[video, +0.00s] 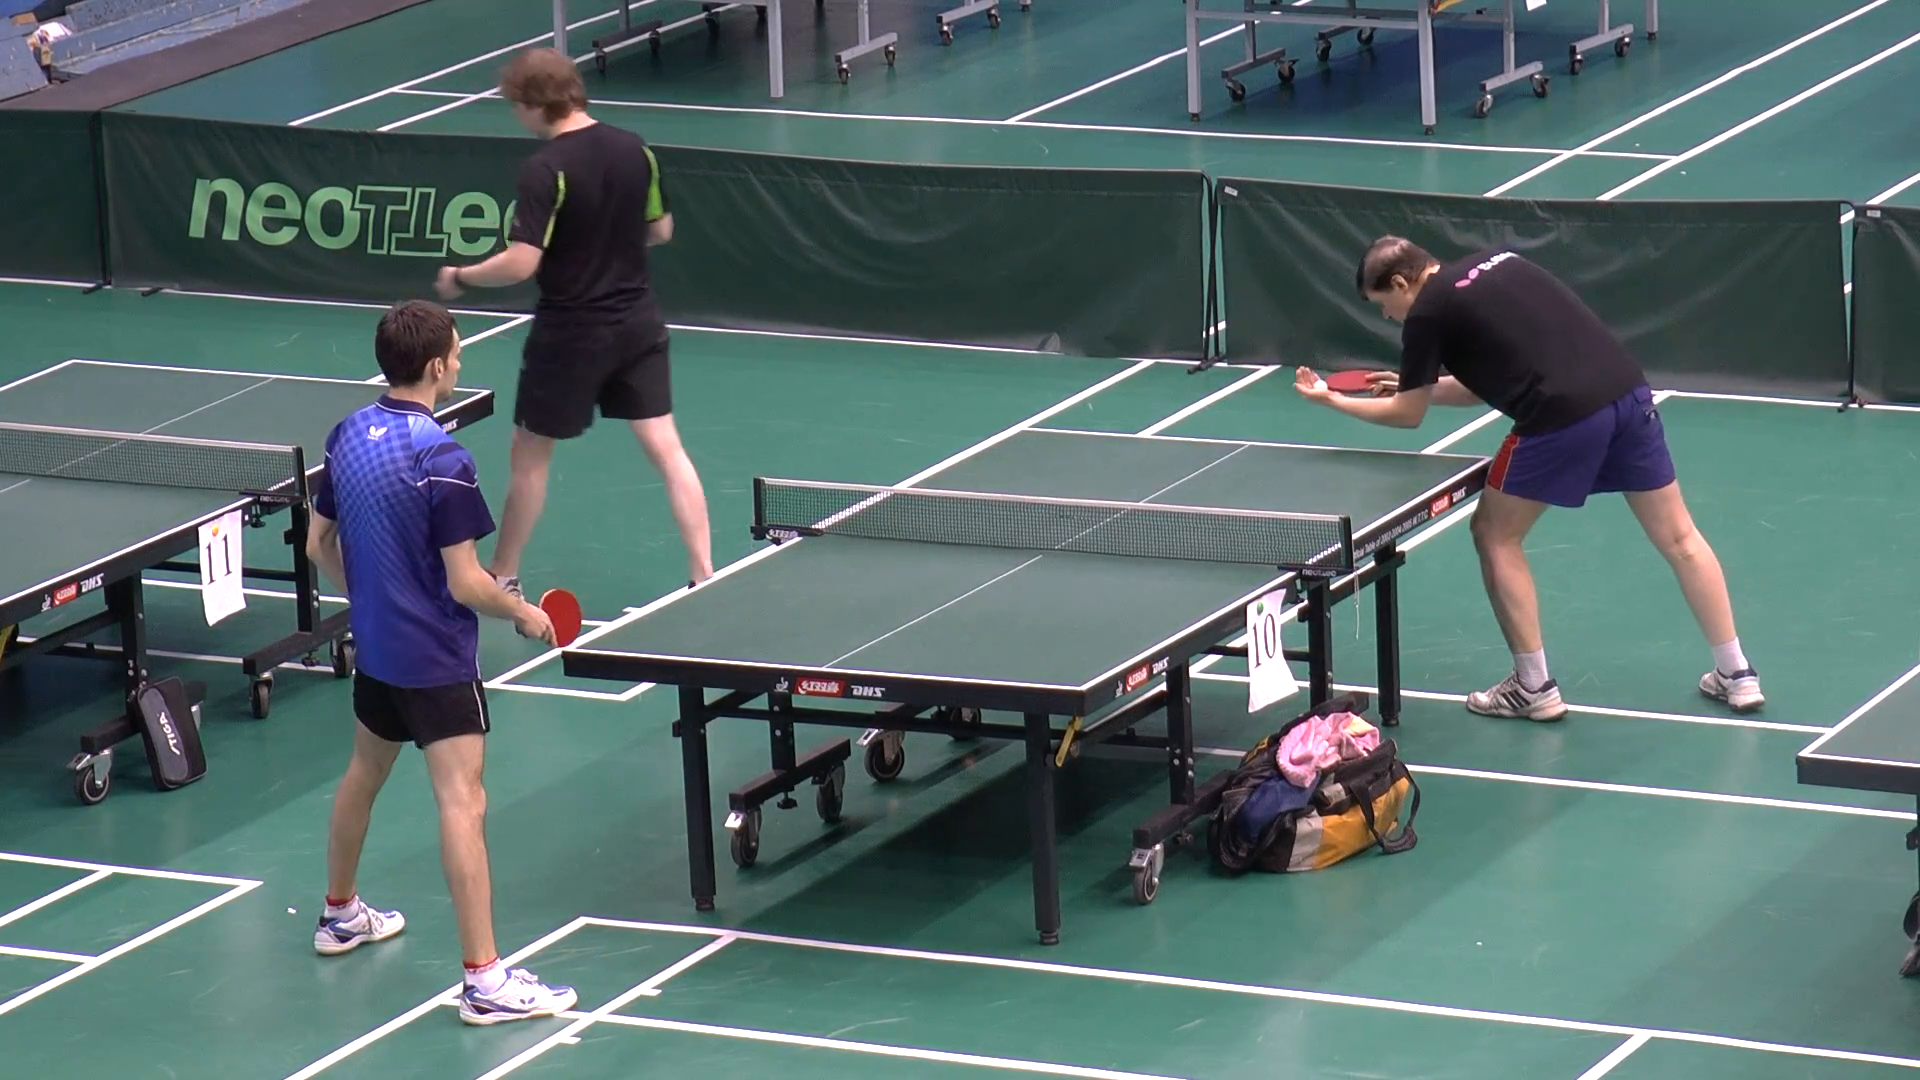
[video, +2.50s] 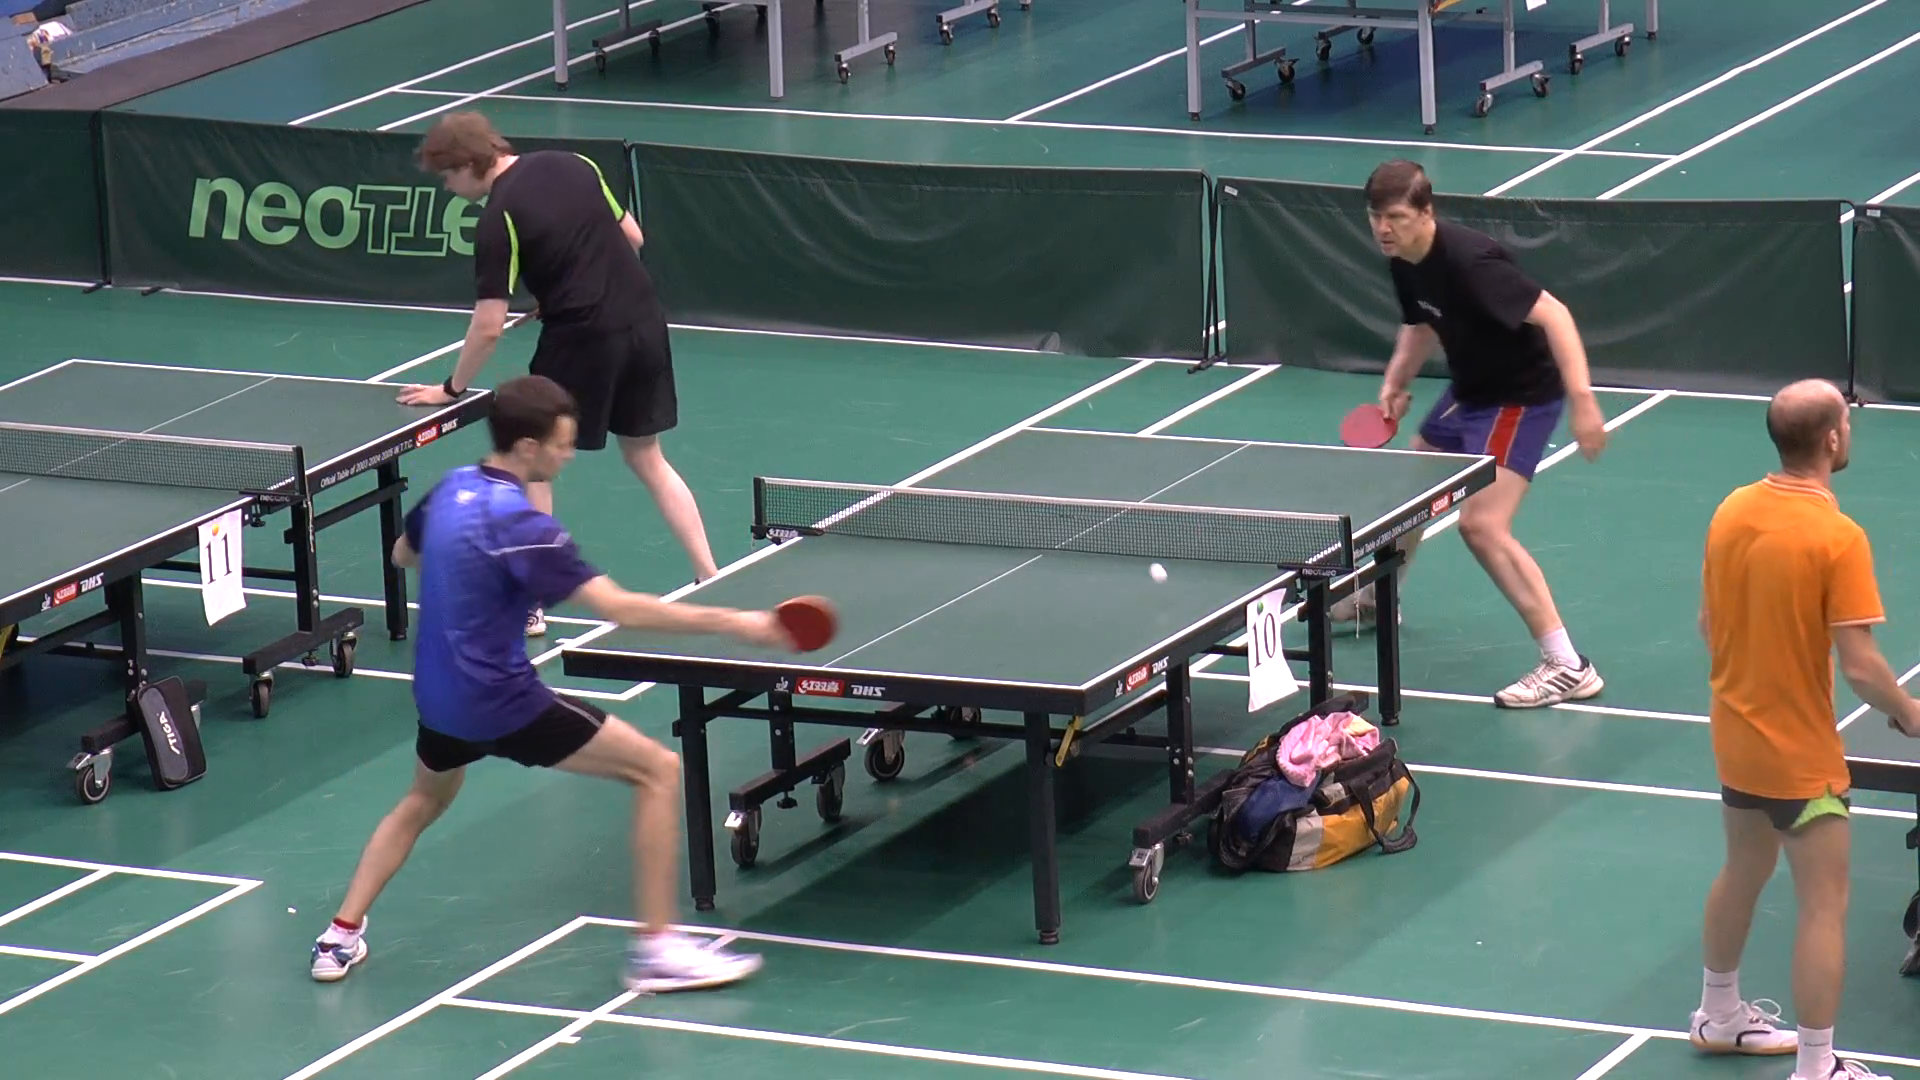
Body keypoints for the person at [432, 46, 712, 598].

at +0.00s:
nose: (517, 115)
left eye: (516, 105)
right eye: (514, 105)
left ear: (534, 104)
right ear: (572, 92)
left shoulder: (546, 167)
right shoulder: (634, 148)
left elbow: (522, 261)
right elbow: (660, 228)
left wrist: (460, 275)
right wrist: (603, 234)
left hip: (569, 336)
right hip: (639, 326)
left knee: (530, 460)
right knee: (668, 449)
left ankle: (502, 575)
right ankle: (705, 576)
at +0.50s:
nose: (592, 112)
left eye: (590, 103)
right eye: (590, 103)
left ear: (601, 100)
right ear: (644, 84)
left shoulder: (613, 157)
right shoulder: (704, 142)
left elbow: (586, 255)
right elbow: (738, 230)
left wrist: (552, 256)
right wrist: (722, 298)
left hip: (645, 331)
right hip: (705, 322)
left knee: (661, 468)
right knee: (702, 455)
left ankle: (697, 593)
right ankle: (714, 582)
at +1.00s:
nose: (581, 138)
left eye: (579, 127)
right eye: (576, 129)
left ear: (595, 121)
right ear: (633, 104)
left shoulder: (606, 186)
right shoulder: (700, 146)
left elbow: (580, 286)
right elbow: (763, 219)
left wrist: (547, 315)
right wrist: (741, 276)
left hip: (677, 333)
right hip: (740, 322)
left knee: (693, 478)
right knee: (729, 464)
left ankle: (704, 603)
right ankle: (722, 589)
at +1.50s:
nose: (598, 122)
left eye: (599, 111)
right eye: (595, 112)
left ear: (619, 106)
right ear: (654, 93)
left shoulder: (623, 167)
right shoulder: (713, 147)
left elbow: (624, 258)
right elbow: (763, 229)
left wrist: (626, 304)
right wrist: (717, 268)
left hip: (667, 339)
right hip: (724, 329)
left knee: (683, 476)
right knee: (710, 459)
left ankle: (704, 599)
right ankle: (740, 579)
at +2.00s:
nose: (587, 127)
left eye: (587, 116)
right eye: (584, 117)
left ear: (606, 111)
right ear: (641, 99)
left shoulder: (625, 167)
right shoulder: (700, 154)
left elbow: (613, 271)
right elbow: (721, 241)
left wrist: (587, 332)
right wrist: (654, 260)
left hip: (643, 336)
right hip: (705, 332)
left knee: (574, 446)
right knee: (707, 457)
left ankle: (575, 597)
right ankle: (742, 584)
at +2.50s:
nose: (448, 188)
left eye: (446, 176)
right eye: (442, 179)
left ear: (471, 162)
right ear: (493, 146)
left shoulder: (498, 215)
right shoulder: (573, 164)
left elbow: (489, 325)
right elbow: (632, 235)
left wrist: (451, 389)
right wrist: (565, 294)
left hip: (580, 339)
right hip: (645, 327)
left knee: (532, 463)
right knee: (648, 457)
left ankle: (532, 603)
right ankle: (712, 578)